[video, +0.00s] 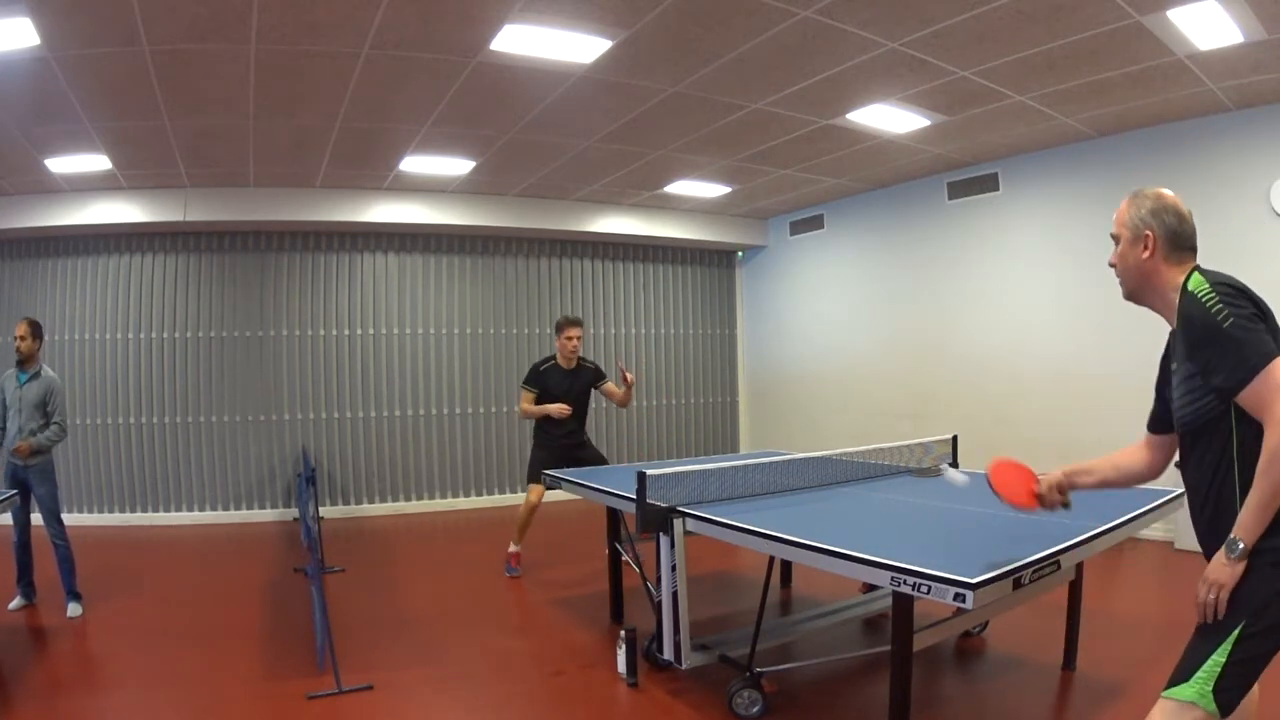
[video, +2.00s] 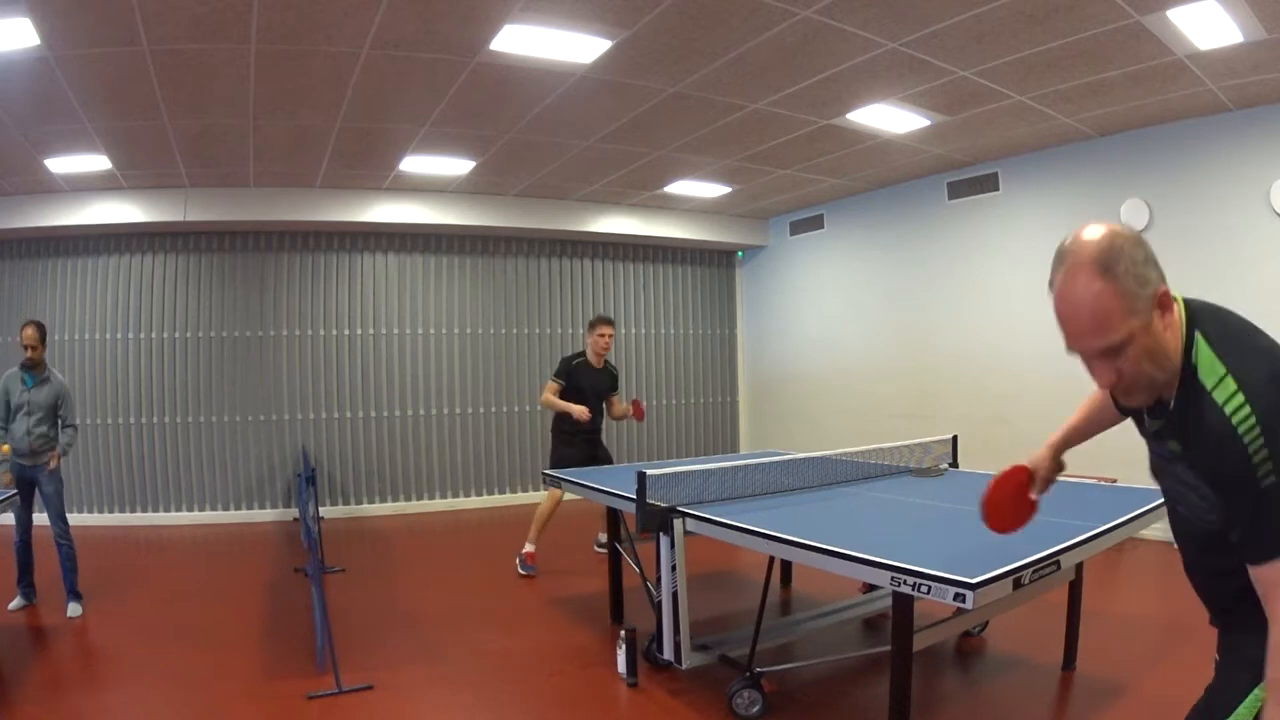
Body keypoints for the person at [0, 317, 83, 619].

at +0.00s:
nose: (17, 343)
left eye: (23, 338)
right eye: (15, 338)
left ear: (38, 343)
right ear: (15, 343)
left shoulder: (50, 382)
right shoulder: (6, 380)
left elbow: (60, 427)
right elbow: (4, 420)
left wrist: (34, 444)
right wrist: (5, 447)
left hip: (39, 465)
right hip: (10, 464)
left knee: (55, 531)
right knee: (20, 532)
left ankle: (72, 596)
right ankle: (26, 592)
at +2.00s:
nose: (28, 352)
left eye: (33, 347)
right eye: (25, 347)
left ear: (44, 347)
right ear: (20, 346)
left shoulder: (57, 385)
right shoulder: (8, 381)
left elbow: (69, 427)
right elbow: (3, 425)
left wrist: (59, 453)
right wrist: (5, 466)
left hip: (47, 465)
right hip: (17, 465)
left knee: (60, 532)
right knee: (22, 533)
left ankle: (73, 596)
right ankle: (26, 593)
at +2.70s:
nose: (24, 346)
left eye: (30, 342)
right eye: (22, 341)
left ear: (43, 346)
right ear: (19, 343)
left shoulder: (58, 388)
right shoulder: (8, 380)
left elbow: (64, 432)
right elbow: (3, 426)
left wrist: (44, 459)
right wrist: (14, 458)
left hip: (47, 462)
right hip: (16, 462)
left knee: (60, 531)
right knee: (21, 532)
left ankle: (73, 596)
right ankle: (26, 593)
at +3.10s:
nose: (20, 342)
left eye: (26, 337)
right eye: (18, 337)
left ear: (39, 342)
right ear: (15, 341)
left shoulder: (54, 384)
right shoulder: (6, 379)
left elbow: (64, 427)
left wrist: (50, 453)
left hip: (42, 464)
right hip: (12, 464)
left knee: (58, 533)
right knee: (19, 534)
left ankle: (73, 596)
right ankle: (26, 593)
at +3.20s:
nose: (20, 342)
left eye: (26, 338)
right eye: (17, 337)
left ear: (39, 342)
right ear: (15, 342)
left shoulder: (53, 385)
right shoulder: (5, 379)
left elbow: (62, 427)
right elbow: (6, 418)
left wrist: (47, 452)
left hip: (41, 464)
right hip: (11, 464)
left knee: (58, 533)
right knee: (19, 534)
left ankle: (73, 596)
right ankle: (26, 593)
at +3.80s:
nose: (16, 345)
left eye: (23, 340)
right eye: (14, 340)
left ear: (37, 344)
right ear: (13, 344)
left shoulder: (53, 383)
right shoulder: (6, 380)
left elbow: (61, 428)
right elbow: (2, 416)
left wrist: (41, 450)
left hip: (41, 464)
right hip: (11, 465)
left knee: (57, 532)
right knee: (20, 533)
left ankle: (72, 596)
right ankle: (26, 593)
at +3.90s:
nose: (17, 345)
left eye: (23, 340)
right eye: (15, 340)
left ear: (38, 344)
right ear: (13, 344)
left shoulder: (52, 383)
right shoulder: (6, 380)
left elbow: (61, 428)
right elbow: (2, 415)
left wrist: (41, 450)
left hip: (41, 464)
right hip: (11, 464)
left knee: (57, 532)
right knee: (20, 533)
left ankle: (72, 596)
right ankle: (26, 593)